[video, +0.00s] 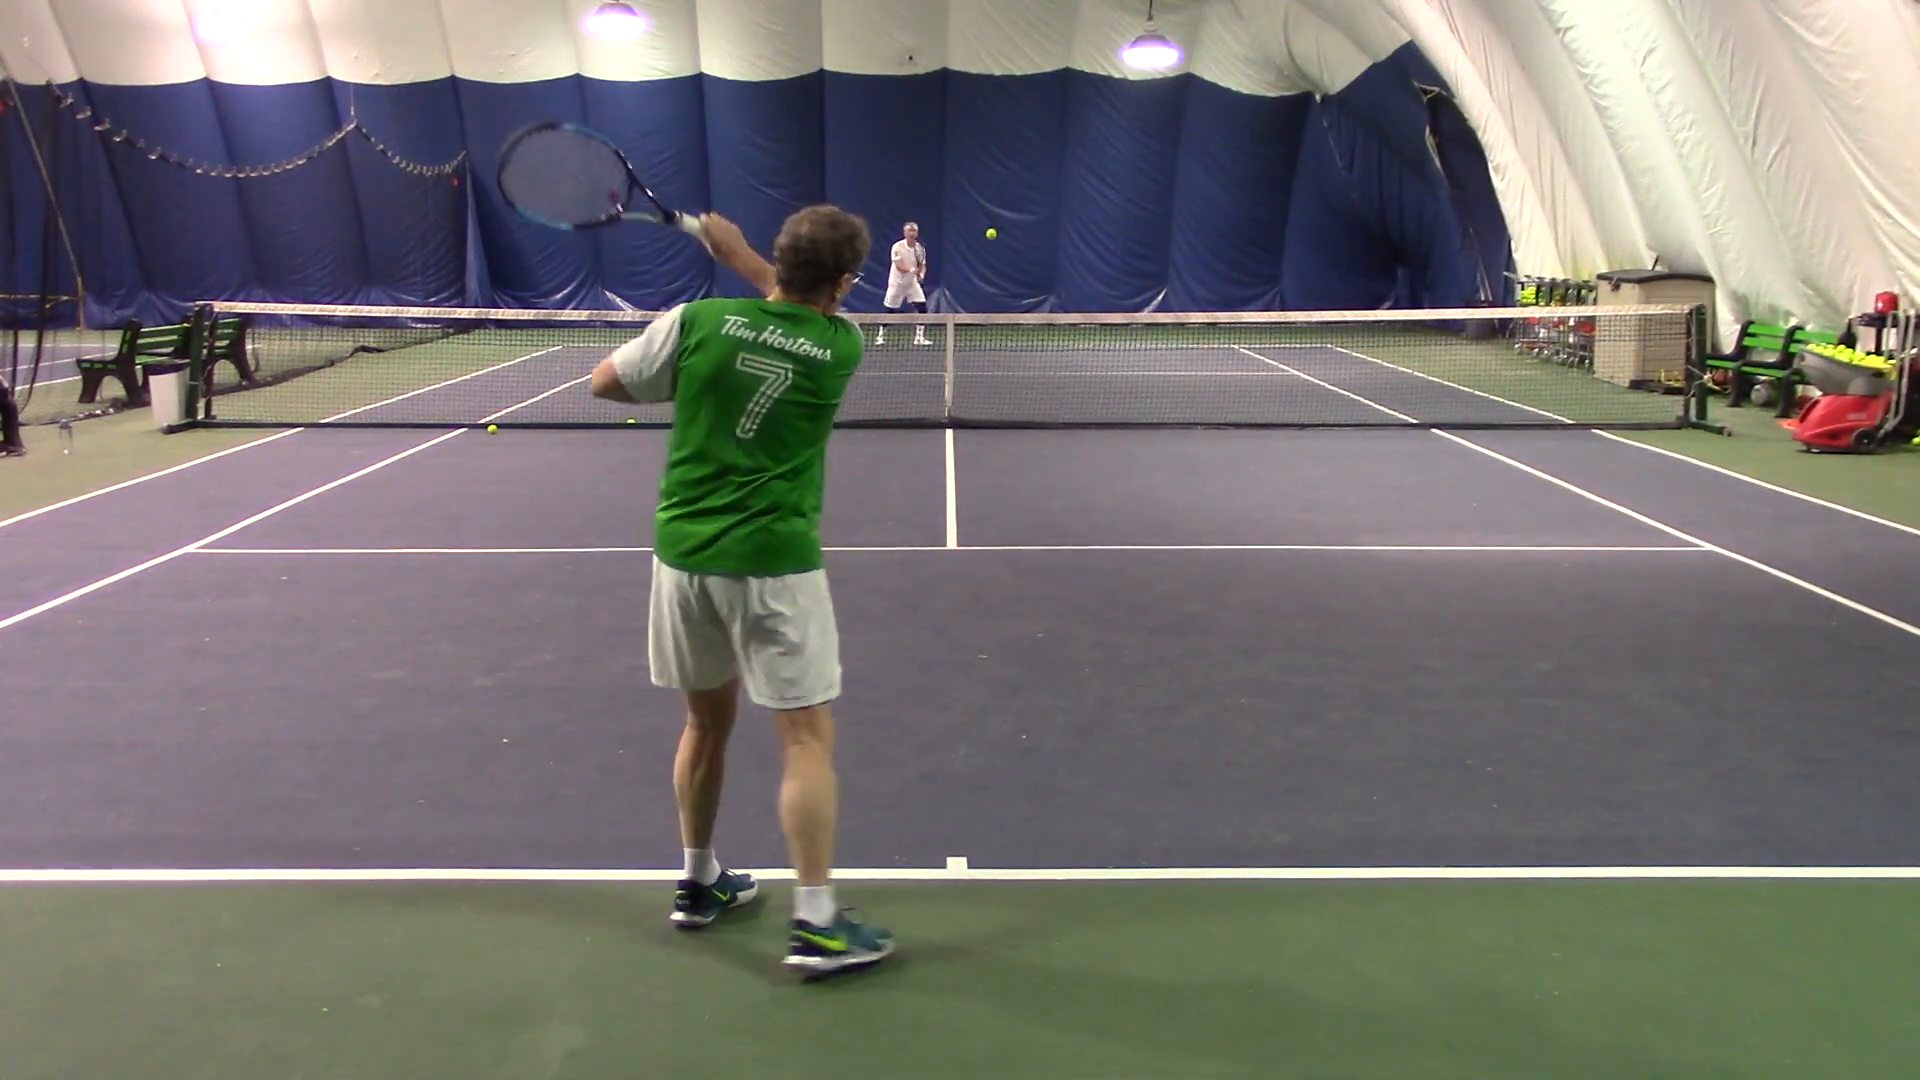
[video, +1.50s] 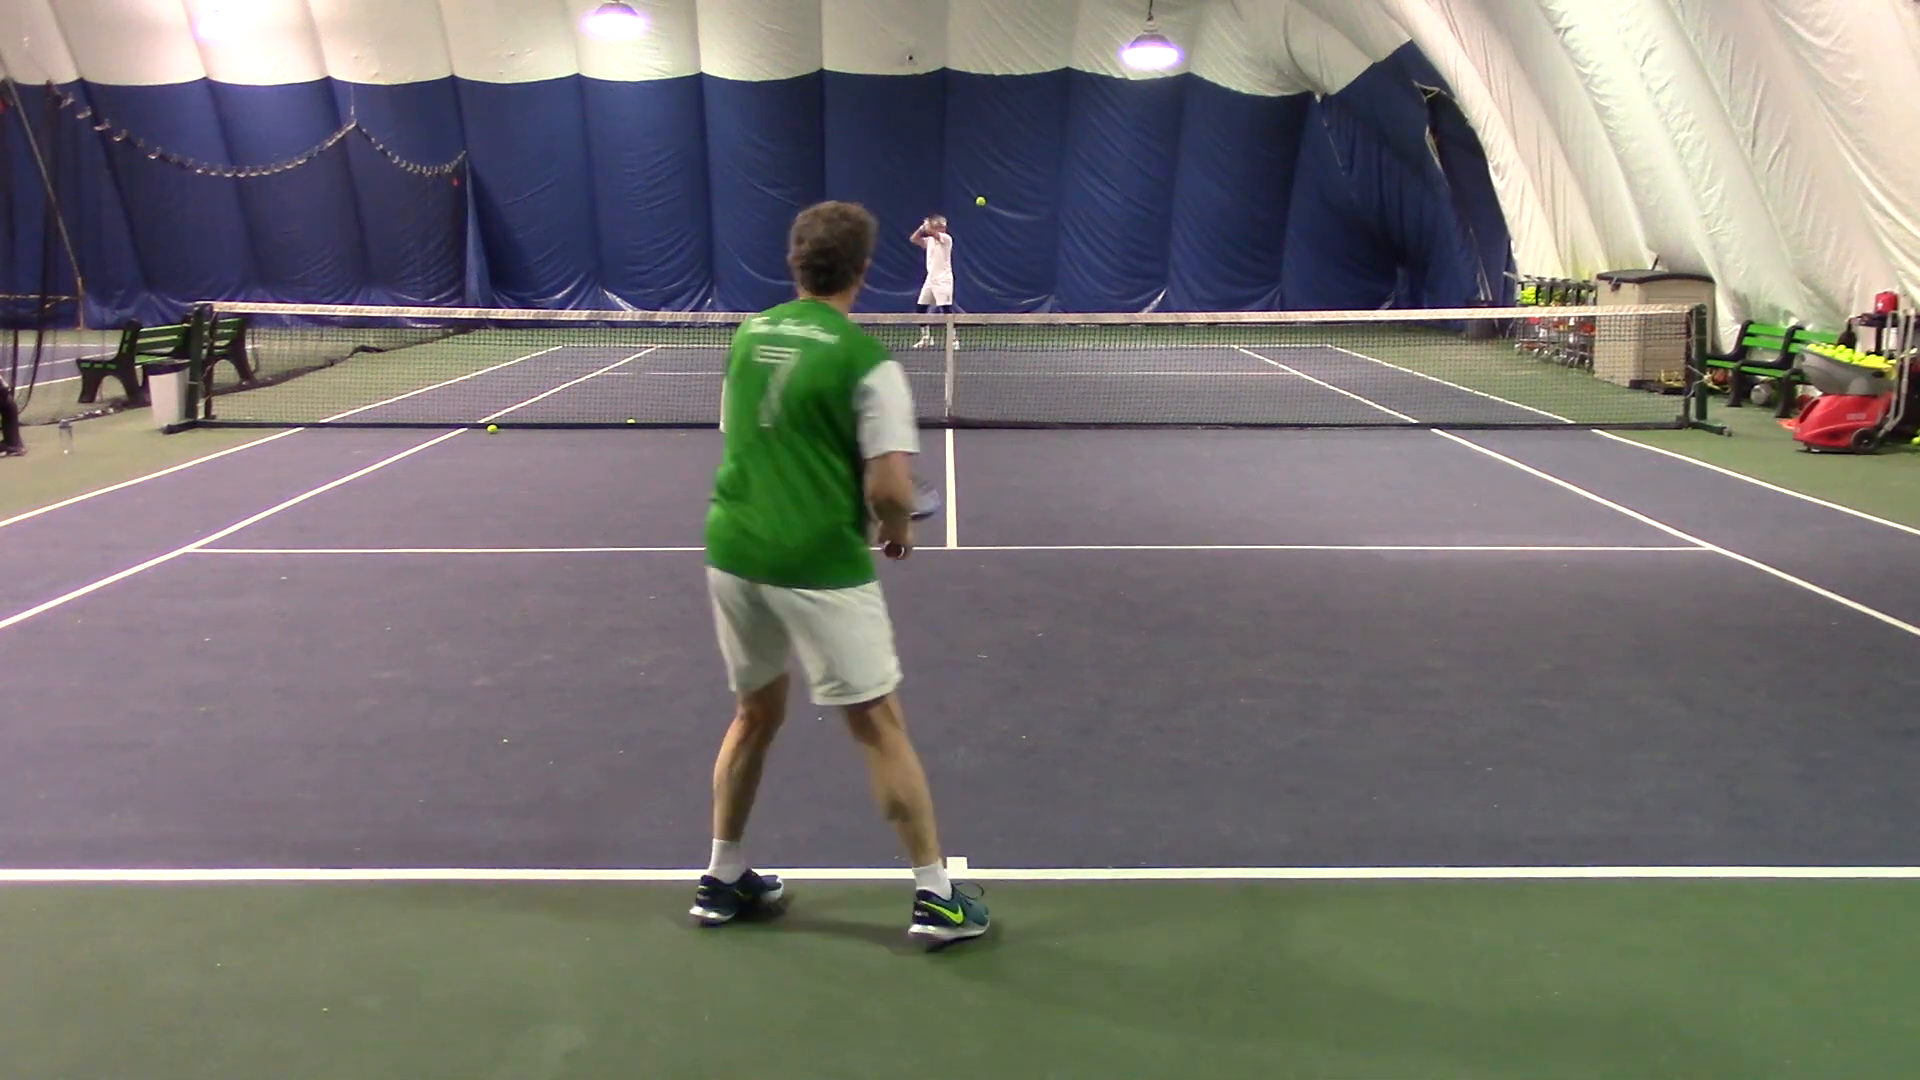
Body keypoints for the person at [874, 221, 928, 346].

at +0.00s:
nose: (912, 235)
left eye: (914, 232)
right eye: (910, 232)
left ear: (917, 233)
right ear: (905, 233)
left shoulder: (920, 249)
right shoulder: (897, 247)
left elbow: (922, 264)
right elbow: (898, 265)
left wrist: (922, 273)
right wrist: (910, 269)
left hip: (912, 282)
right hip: (897, 283)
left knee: (922, 307)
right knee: (889, 309)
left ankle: (919, 336)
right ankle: (880, 335)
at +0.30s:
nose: (918, 236)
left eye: (920, 233)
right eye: (916, 233)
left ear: (922, 235)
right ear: (910, 233)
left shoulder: (921, 247)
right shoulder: (903, 246)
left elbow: (926, 261)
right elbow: (909, 261)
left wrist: (934, 266)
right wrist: (928, 266)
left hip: (913, 281)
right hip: (900, 281)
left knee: (922, 307)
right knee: (897, 311)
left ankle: (919, 335)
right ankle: (890, 337)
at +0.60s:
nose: (932, 245)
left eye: (934, 242)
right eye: (930, 242)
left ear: (935, 243)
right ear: (923, 241)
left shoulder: (926, 252)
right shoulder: (916, 252)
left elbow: (937, 260)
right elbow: (934, 260)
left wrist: (951, 255)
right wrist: (944, 249)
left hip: (914, 284)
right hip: (903, 283)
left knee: (925, 309)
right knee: (912, 306)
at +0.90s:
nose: (938, 241)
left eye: (940, 238)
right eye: (936, 237)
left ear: (941, 239)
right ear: (930, 235)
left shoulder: (934, 251)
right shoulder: (917, 245)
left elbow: (938, 270)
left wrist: (950, 279)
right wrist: (935, 257)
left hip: (921, 280)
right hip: (908, 278)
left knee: (923, 307)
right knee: (915, 306)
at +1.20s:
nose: (935, 227)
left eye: (937, 224)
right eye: (933, 224)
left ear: (941, 227)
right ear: (930, 225)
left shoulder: (941, 239)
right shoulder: (922, 236)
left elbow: (934, 235)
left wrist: (929, 224)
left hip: (932, 272)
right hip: (918, 272)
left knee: (935, 303)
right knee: (915, 302)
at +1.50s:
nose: (940, 230)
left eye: (942, 228)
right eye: (937, 228)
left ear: (944, 228)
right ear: (931, 228)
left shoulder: (947, 239)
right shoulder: (929, 240)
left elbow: (937, 235)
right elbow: (914, 239)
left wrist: (928, 228)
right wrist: (922, 229)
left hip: (944, 277)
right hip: (931, 277)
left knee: (946, 308)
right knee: (921, 307)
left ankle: (953, 338)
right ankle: (925, 337)